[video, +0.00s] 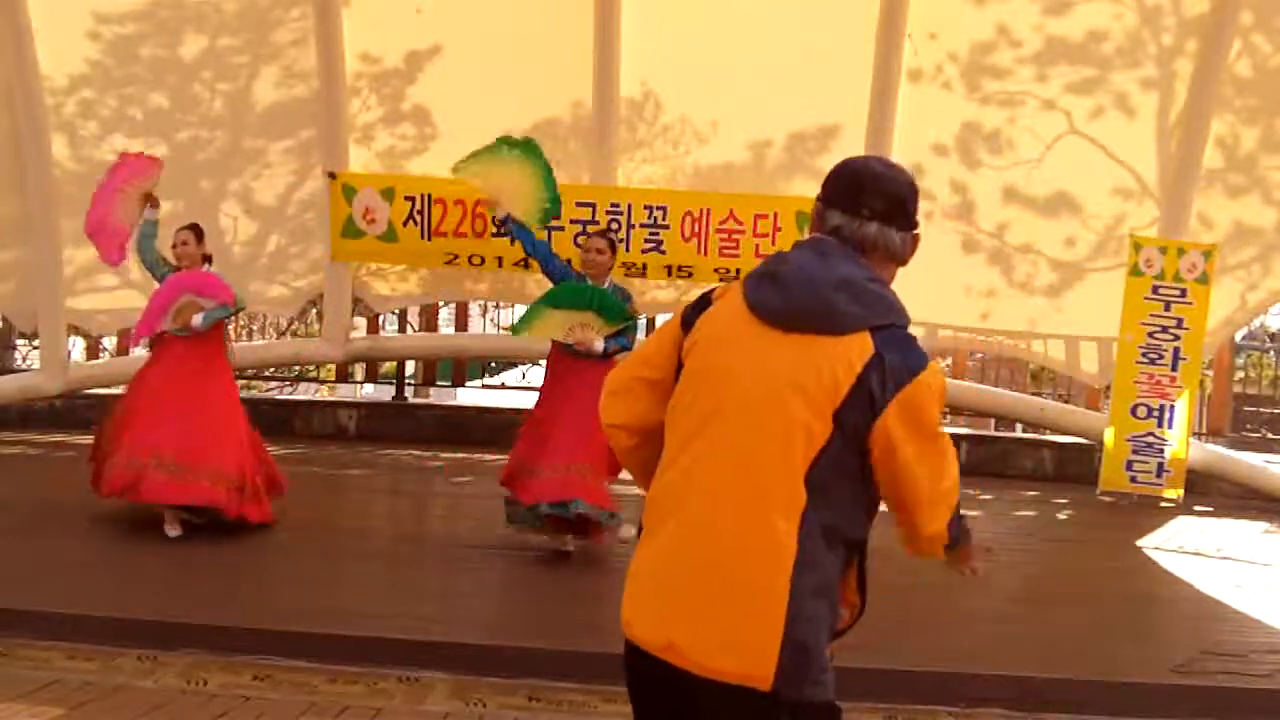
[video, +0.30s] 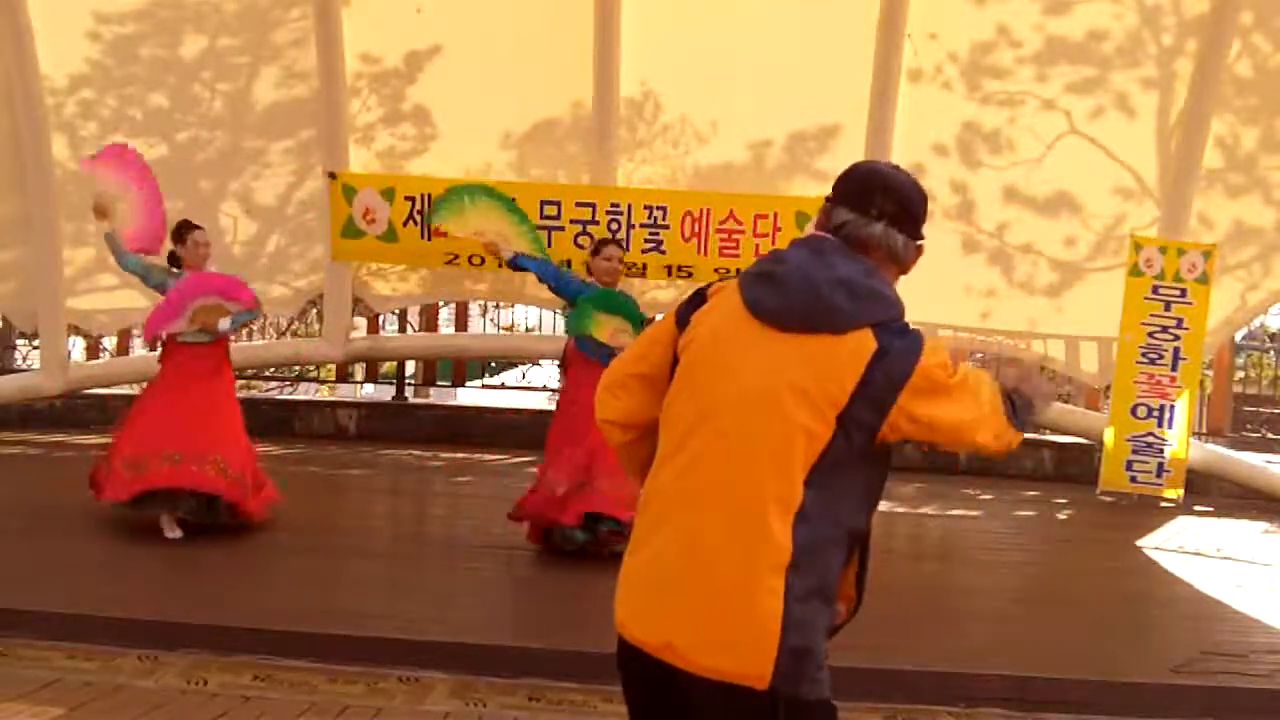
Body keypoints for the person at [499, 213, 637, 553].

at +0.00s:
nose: (592, 257)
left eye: (600, 252)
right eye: (587, 250)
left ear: (612, 259)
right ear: (581, 254)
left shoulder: (620, 297)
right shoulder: (568, 279)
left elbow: (628, 339)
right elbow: (539, 252)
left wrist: (601, 346)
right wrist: (504, 217)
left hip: (598, 371)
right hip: (563, 367)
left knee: (590, 435)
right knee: (558, 432)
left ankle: (584, 509)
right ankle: (555, 510)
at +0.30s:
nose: (613, 265)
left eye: (618, 261)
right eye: (607, 259)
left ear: (623, 266)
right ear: (592, 261)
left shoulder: (629, 306)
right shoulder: (582, 292)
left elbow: (649, 339)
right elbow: (549, 273)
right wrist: (510, 257)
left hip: (617, 383)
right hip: (582, 379)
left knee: (611, 445)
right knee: (577, 442)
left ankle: (608, 518)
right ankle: (567, 519)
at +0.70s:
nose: (625, 268)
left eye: (622, 262)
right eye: (621, 262)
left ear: (591, 266)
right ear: (611, 263)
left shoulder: (580, 299)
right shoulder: (614, 291)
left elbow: (572, 328)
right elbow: (650, 285)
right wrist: (692, 275)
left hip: (576, 380)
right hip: (604, 382)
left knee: (573, 452)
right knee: (599, 452)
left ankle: (559, 522)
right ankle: (597, 528)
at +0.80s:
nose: (602, 265)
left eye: (591, 262)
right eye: (604, 261)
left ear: (580, 267)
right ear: (607, 264)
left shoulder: (570, 301)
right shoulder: (622, 292)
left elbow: (562, 345)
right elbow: (663, 286)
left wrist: (584, 343)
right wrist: (705, 281)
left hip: (580, 384)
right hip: (616, 383)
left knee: (576, 452)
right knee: (611, 448)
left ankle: (570, 525)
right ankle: (606, 528)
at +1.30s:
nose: (605, 264)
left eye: (613, 259)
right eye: (601, 257)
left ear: (625, 265)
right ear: (594, 260)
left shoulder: (630, 303)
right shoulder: (580, 290)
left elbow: (639, 343)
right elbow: (541, 281)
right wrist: (497, 277)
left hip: (616, 383)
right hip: (580, 380)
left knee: (607, 447)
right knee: (570, 444)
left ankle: (608, 520)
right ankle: (562, 519)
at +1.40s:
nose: (626, 265)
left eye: (628, 259)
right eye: (619, 259)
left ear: (629, 262)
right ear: (598, 261)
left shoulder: (632, 295)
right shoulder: (585, 286)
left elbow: (652, 339)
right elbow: (557, 281)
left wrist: (635, 342)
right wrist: (526, 276)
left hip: (615, 369)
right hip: (581, 366)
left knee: (612, 439)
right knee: (573, 437)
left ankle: (607, 517)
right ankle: (563, 519)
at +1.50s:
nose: (629, 267)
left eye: (628, 262)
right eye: (624, 261)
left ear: (613, 265)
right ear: (606, 263)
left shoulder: (622, 299)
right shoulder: (596, 291)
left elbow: (636, 341)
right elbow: (586, 280)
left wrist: (643, 334)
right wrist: (581, 270)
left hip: (614, 379)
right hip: (593, 379)